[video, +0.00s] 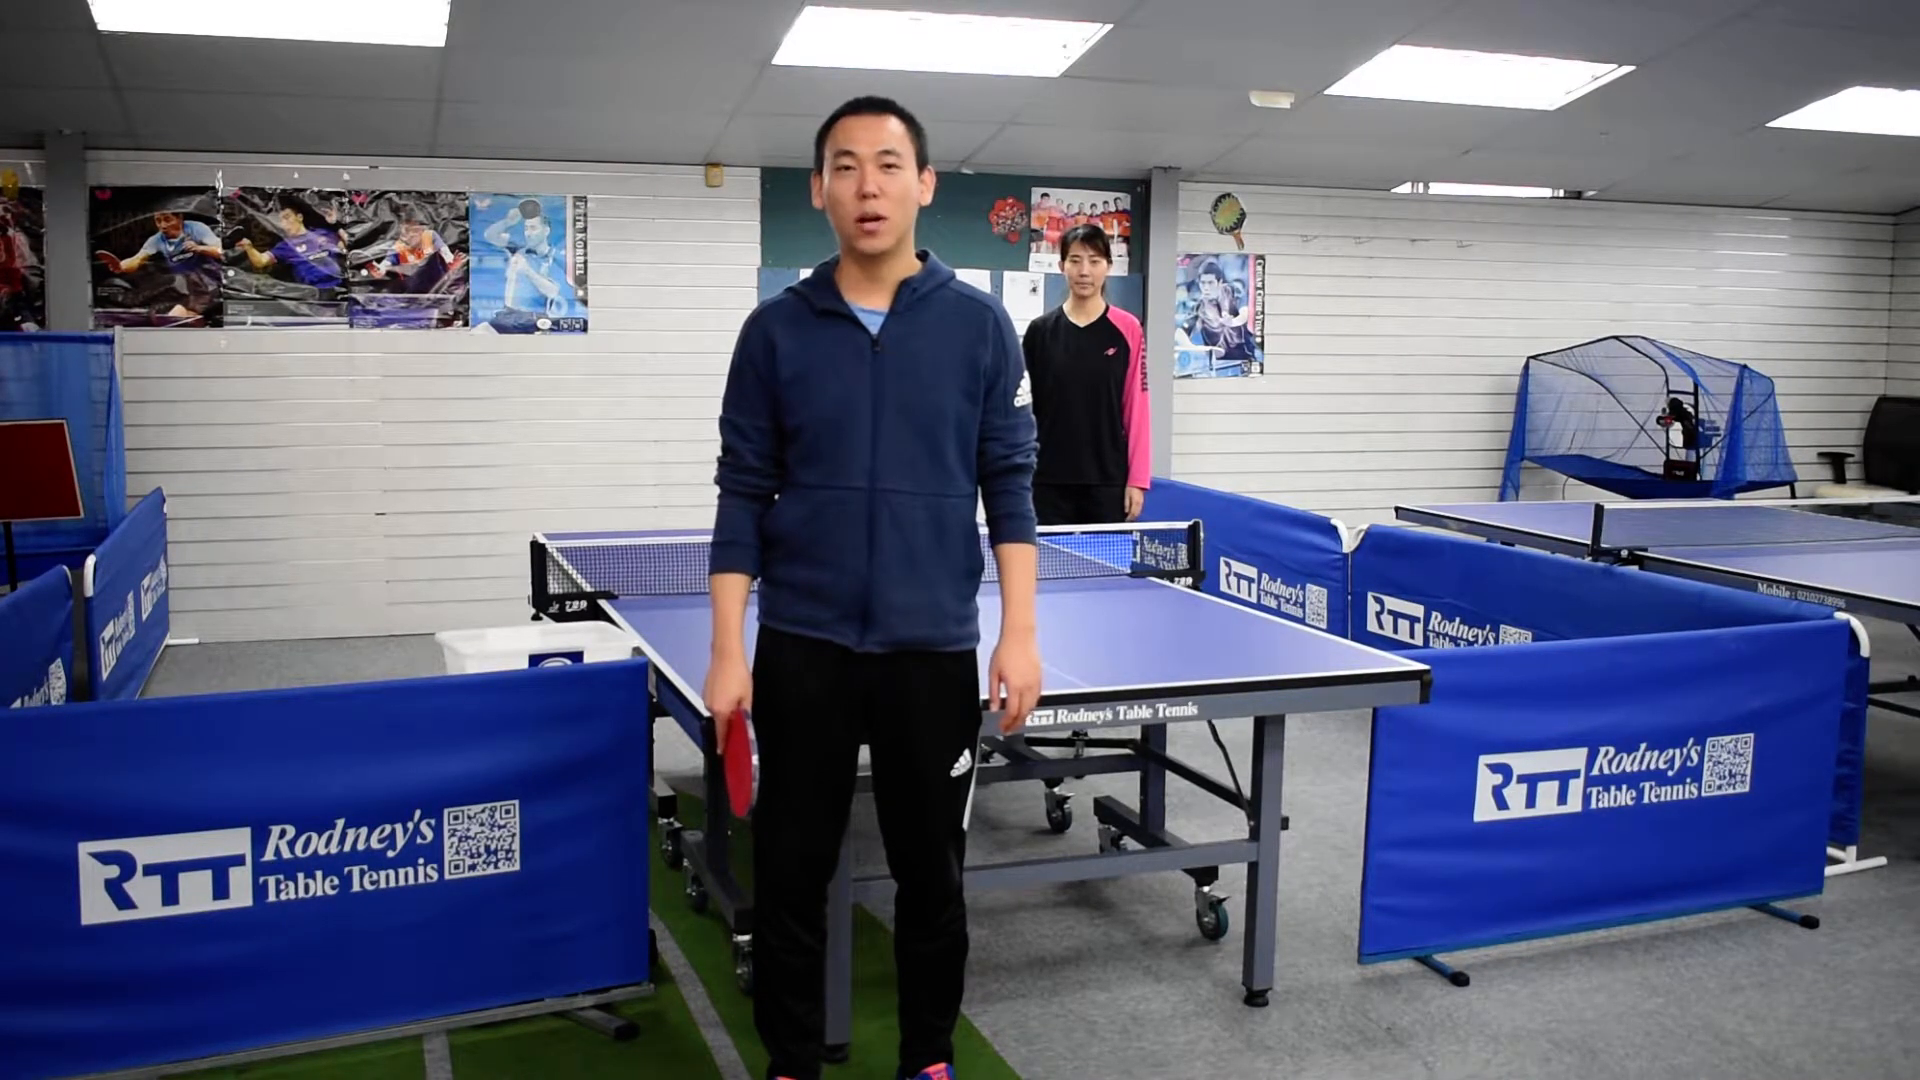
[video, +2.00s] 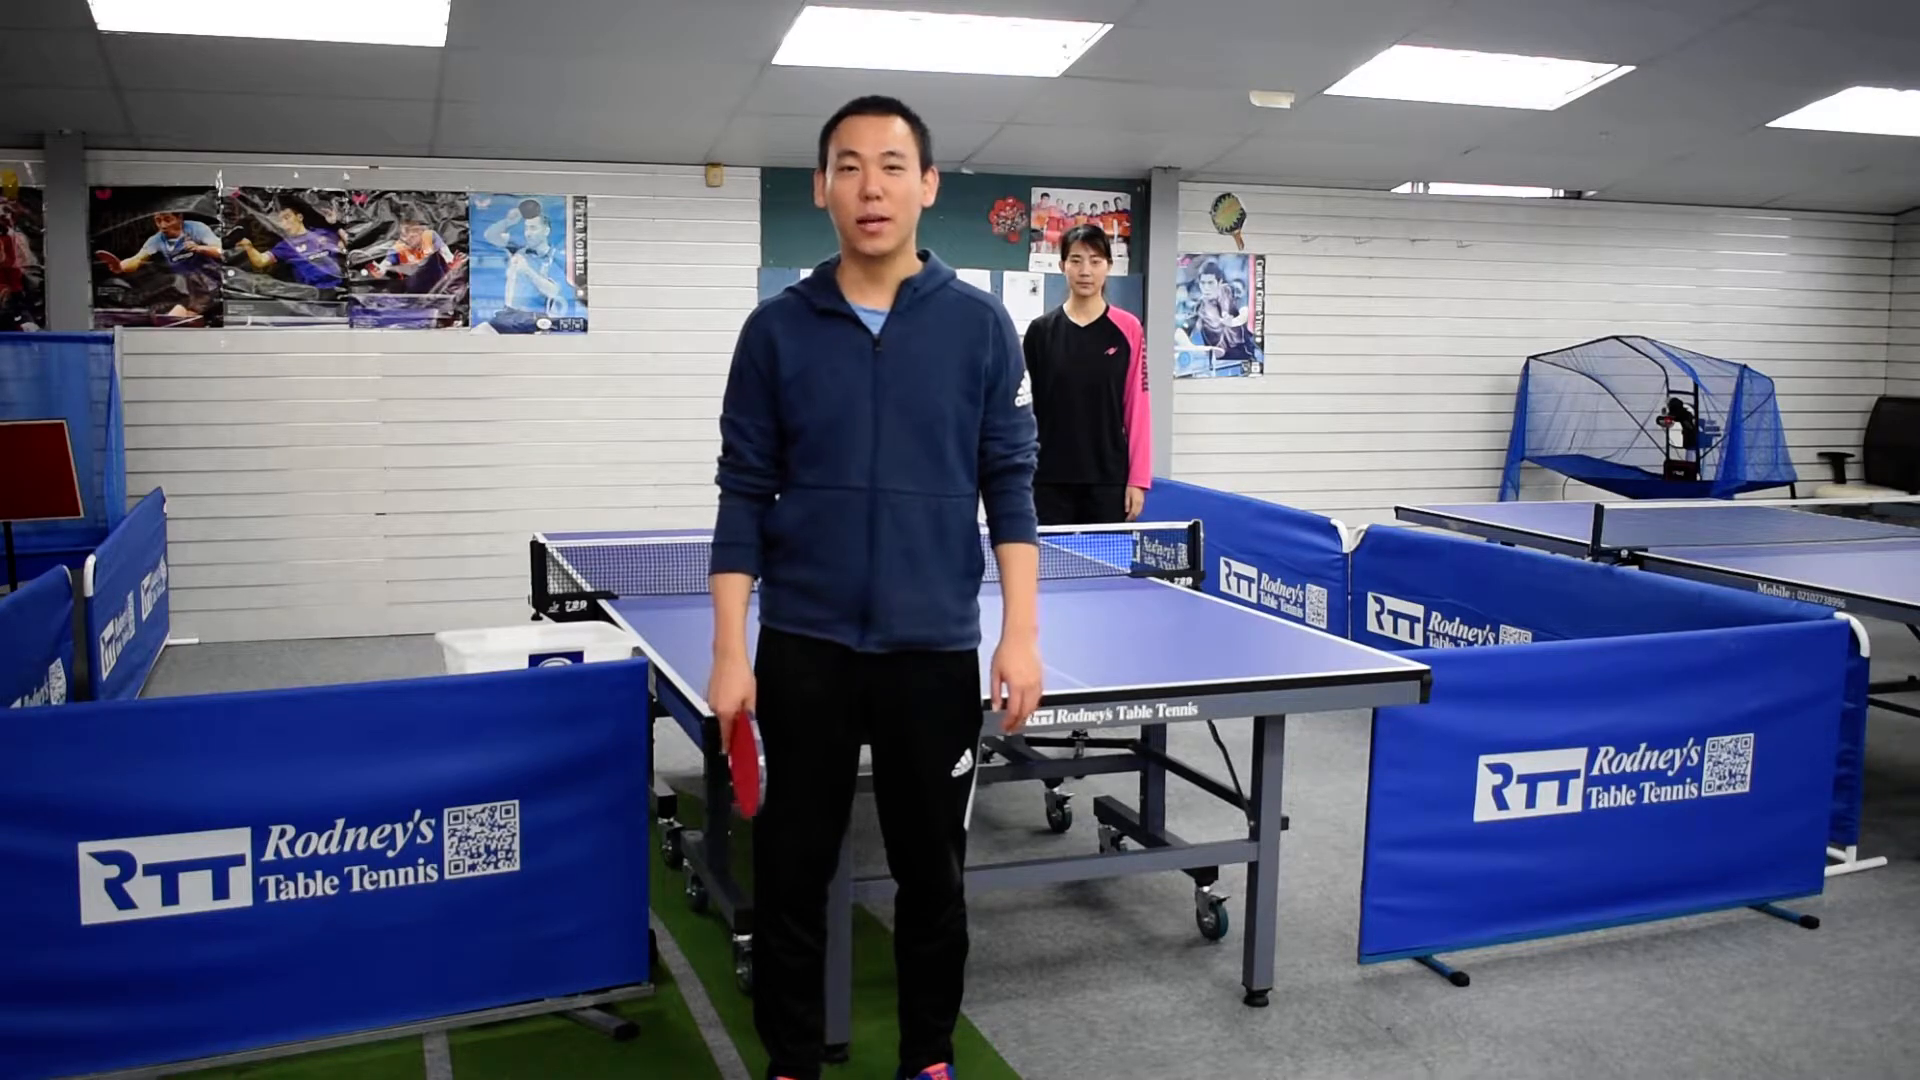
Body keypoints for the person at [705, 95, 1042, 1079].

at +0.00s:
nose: (866, 185)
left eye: (888, 165)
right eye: (844, 166)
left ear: (924, 188)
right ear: (820, 192)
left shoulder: (979, 327)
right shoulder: (776, 330)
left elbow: (1011, 485)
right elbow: (740, 490)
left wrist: (1020, 633)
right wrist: (727, 649)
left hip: (932, 645)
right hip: (804, 644)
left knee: (930, 874)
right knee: (789, 875)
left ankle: (929, 1060)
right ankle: (791, 1062)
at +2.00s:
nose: (870, 187)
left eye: (892, 167)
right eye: (849, 168)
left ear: (926, 189)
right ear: (823, 190)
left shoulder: (979, 326)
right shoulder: (777, 329)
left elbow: (1011, 486)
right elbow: (741, 491)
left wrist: (1021, 634)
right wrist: (729, 650)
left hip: (933, 644)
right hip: (805, 643)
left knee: (931, 872)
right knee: (790, 874)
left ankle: (930, 1061)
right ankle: (791, 1061)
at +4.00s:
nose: (867, 186)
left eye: (889, 166)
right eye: (845, 168)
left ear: (923, 187)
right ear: (820, 192)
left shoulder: (979, 326)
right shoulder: (777, 330)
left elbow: (1012, 483)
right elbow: (742, 492)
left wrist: (1022, 631)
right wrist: (731, 653)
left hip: (933, 644)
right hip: (805, 643)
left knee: (932, 873)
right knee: (790, 876)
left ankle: (930, 1060)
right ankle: (791, 1062)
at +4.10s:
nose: (866, 186)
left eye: (889, 167)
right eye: (845, 168)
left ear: (922, 188)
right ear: (819, 191)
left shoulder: (977, 324)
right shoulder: (777, 329)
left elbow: (1011, 480)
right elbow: (740, 488)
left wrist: (1022, 629)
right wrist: (725, 641)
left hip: (933, 644)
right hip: (805, 642)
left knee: (931, 872)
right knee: (790, 874)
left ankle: (929, 1059)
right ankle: (791, 1061)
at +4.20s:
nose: (867, 188)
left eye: (888, 167)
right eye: (844, 170)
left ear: (922, 187)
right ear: (818, 194)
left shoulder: (977, 323)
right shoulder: (778, 328)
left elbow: (1011, 476)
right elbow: (738, 475)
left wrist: (1022, 625)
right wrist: (704, 596)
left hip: (934, 644)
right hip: (805, 640)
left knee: (933, 874)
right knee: (792, 876)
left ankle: (930, 1060)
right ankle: (790, 1063)